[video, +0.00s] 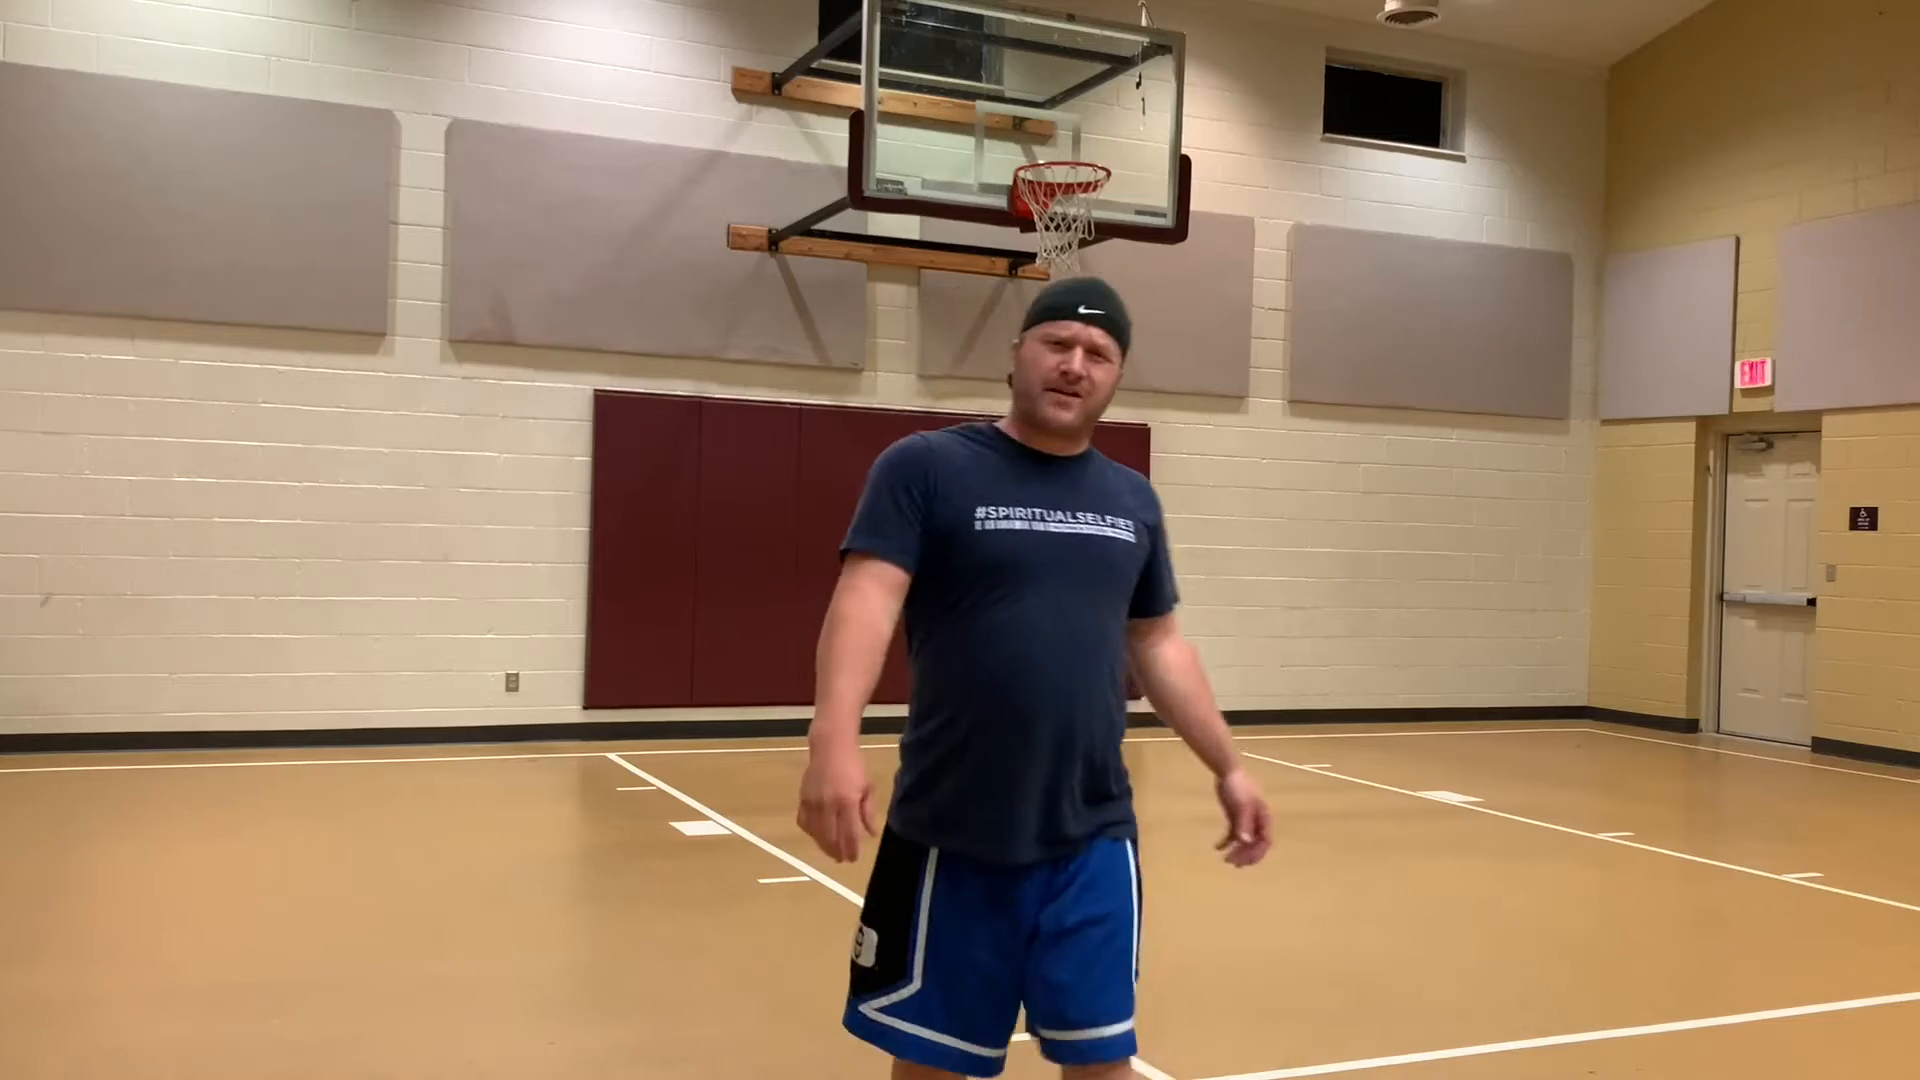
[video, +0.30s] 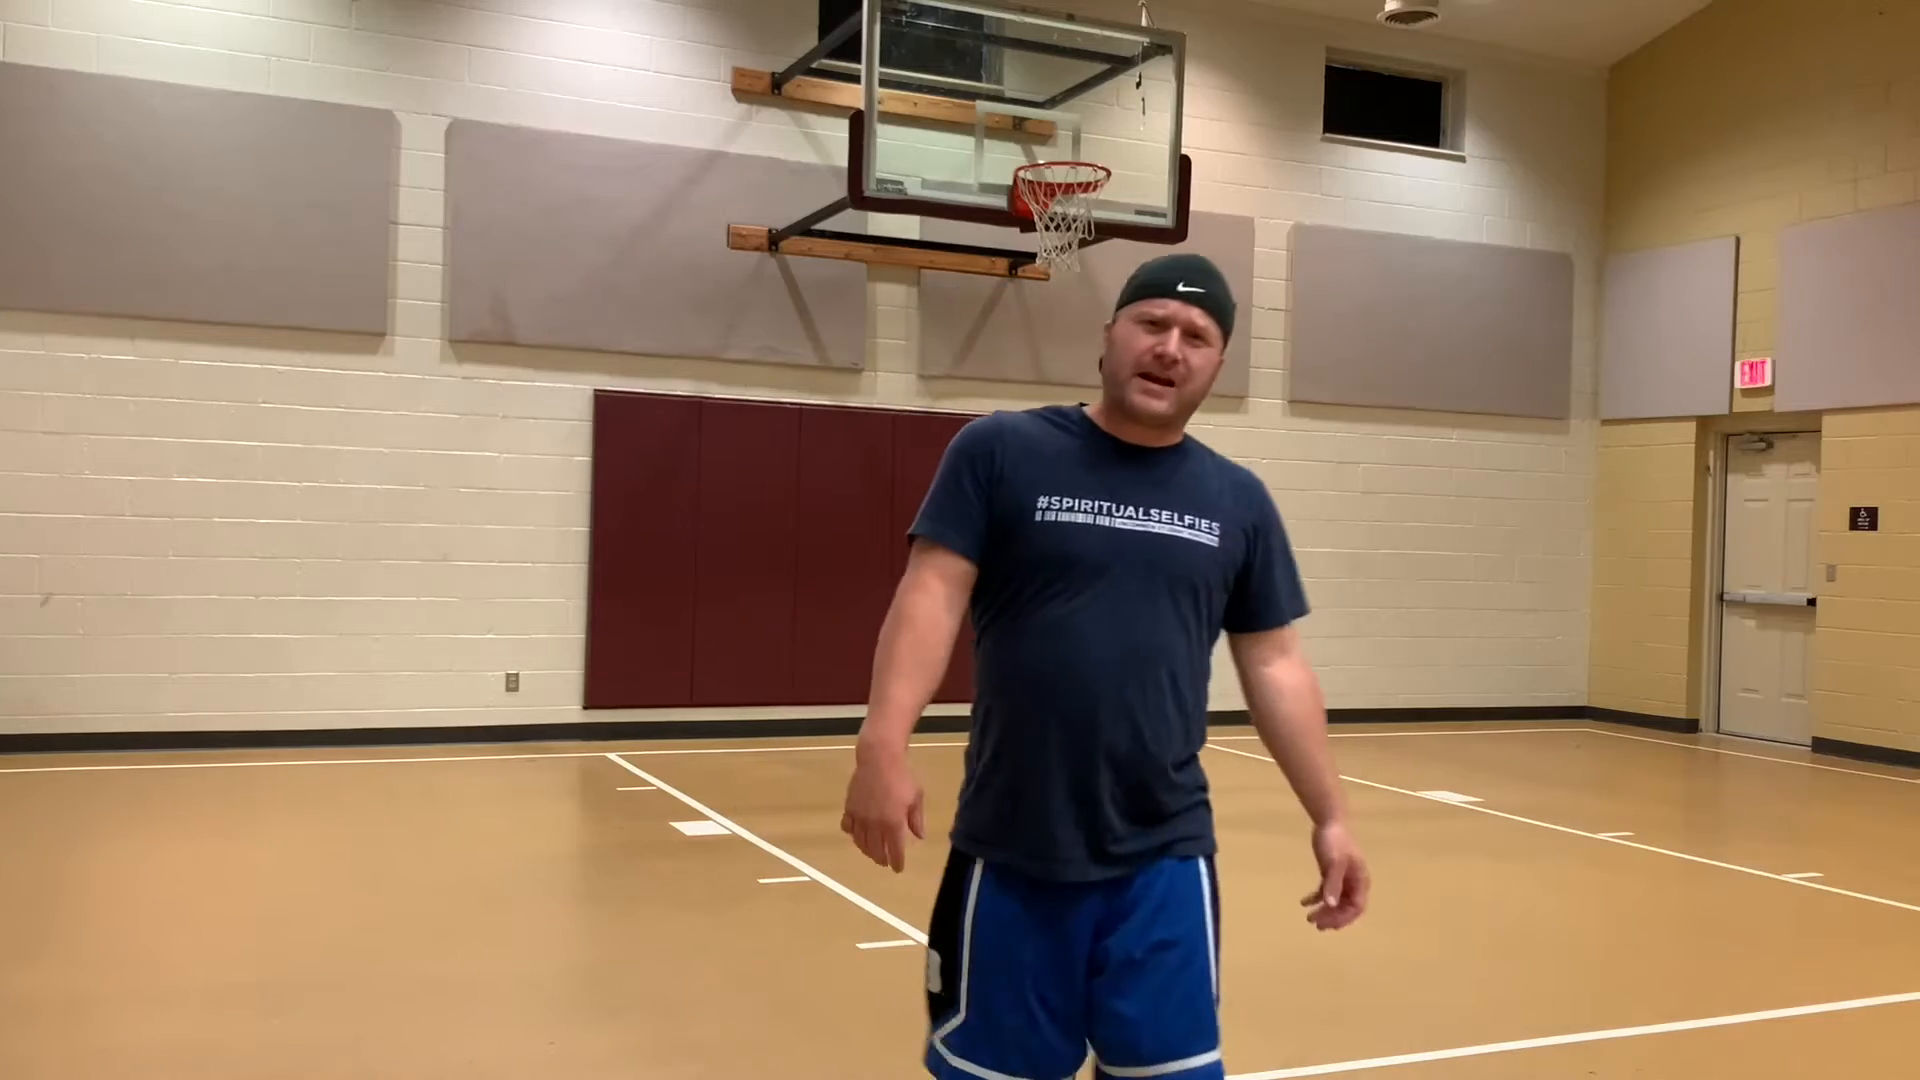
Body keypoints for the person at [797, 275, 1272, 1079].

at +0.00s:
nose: (1074, 366)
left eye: (1095, 354)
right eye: (1058, 345)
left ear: (1117, 378)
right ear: (1017, 354)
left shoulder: (1133, 501)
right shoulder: (926, 469)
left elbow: (1158, 640)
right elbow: (866, 601)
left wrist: (1230, 764)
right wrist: (833, 747)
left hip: (1090, 832)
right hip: (955, 828)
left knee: (1102, 1057)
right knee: (934, 1060)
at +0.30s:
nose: (1170, 348)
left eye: (1196, 336)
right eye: (1151, 324)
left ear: (1218, 366)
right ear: (1108, 336)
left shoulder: (1235, 498)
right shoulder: (1000, 451)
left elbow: (1276, 663)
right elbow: (932, 593)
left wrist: (1330, 816)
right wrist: (881, 750)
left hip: (1162, 844)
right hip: (1014, 837)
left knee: (1172, 1071)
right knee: (993, 1069)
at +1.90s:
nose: (1164, 260)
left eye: (1197, 242)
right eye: (1132, 232)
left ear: (1233, 293)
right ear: (1068, 270)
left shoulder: (1255, 490)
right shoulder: (936, 450)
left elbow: (1308, 691)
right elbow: (823, 666)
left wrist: (1449, 843)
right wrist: (710, 902)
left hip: (1165, 1011)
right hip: (950, 1012)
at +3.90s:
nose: (1002, 236)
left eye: (1030, 215)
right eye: (966, 215)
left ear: (1068, 260)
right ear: (911, 263)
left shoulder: (1101, 440)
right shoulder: (837, 453)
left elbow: (1140, 621)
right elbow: (791, 702)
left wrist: (1239, 767)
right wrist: (977, 682)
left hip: (1073, 958)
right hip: (901, 976)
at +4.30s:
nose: (987, 243)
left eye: (1017, 220)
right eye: (952, 221)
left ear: (1060, 261)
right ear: (900, 265)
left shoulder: (1105, 441)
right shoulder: (833, 452)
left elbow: (1155, 636)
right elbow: (821, 697)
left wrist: (1226, 811)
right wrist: (1050, 614)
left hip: (1073, 951)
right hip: (898, 972)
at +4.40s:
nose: (991, 239)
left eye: (1021, 216)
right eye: (955, 215)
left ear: (1062, 259)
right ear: (903, 260)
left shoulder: (1105, 440)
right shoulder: (835, 448)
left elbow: (1155, 630)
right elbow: (822, 695)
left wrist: (1234, 809)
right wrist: (1058, 655)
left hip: (1074, 954)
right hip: (901, 976)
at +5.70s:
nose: (1013, 286)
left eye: (1044, 258)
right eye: (980, 255)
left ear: (1082, 281)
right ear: (922, 275)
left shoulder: (1081, 442)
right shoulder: (845, 479)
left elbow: (1111, 623)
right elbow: (795, 729)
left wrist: (1190, 786)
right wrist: (824, 1011)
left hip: (1054, 978)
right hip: (893, 1004)